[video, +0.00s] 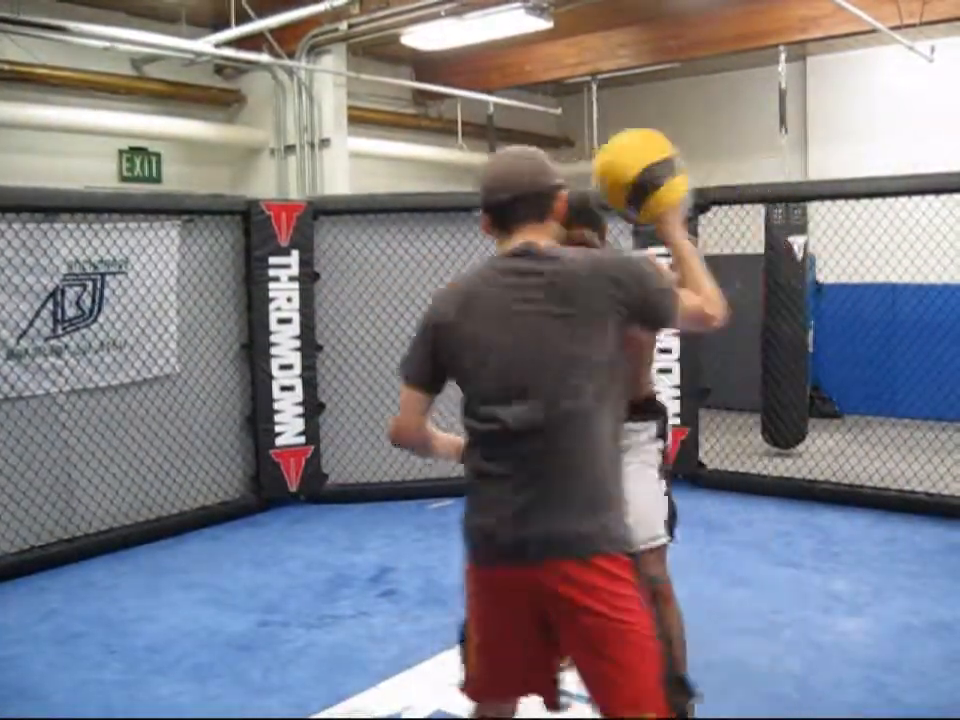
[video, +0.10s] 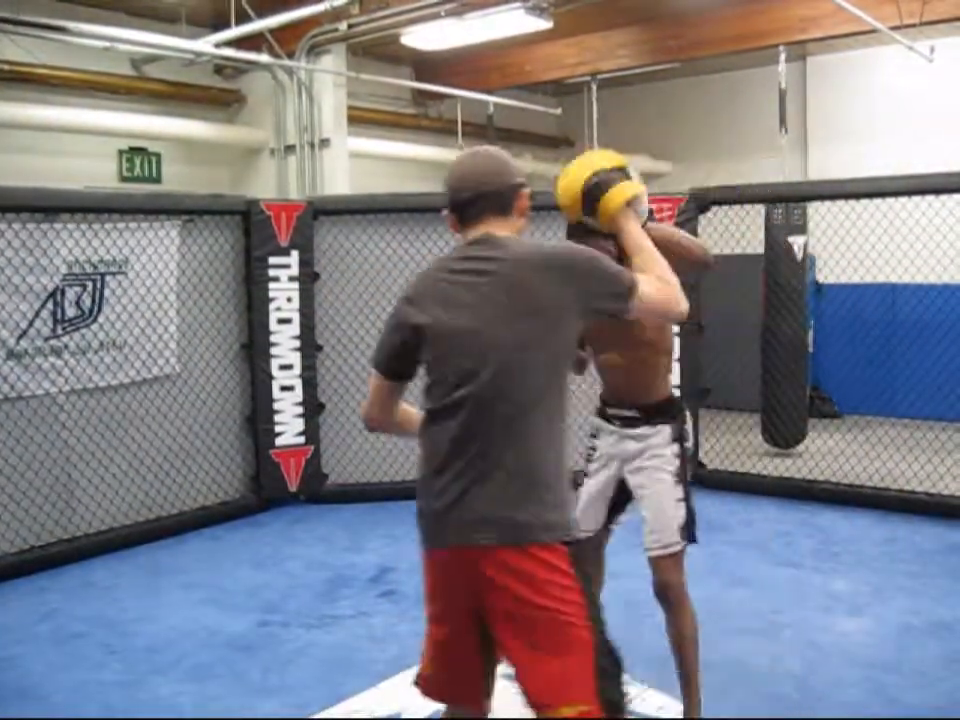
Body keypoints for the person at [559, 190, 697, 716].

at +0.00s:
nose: (565, 257)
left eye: (575, 244)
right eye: (560, 244)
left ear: (595, 243)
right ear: (549, 244)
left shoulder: (631, 286)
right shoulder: (537, 298)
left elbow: (639, 383)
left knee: (650, 571)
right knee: (549, 560)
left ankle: (674, 690)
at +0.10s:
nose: (587, 247)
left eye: (593, 237)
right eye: (580, 240)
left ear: (616, 234)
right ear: (575, 240)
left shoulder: (652, 259)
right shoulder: (581, 276)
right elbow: (575, 356)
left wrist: (636, 224)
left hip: (658, 428)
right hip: (604, 426)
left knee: (668, 584)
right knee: (579, 563)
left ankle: (692, 708)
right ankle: (591, 683)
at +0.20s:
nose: (614, 245)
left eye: (620, 233)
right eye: (605, 238)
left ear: (638, 231)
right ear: (593, 243)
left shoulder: (667, 269)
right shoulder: (597, 284)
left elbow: (711, 291)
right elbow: (571, 340)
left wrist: (648, 271)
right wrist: (573, 340)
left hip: (674, 430)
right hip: (624, 426)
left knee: (676, 582)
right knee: (599, 542)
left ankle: (694, 707)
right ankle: (603, 651)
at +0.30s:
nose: (585, 266)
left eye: (593, 255)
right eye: (578, 256)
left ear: (621, 239)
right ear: (576, 247)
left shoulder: (666, 264)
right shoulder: (602, 281)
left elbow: (723, 338)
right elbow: (616, 352)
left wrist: (646, 329)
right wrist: (577, 358)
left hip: (680, 431)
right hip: (632, 427)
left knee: (683, 583)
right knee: (618, 551)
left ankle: (695, 707)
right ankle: (648, 664)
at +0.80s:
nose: (583, 275)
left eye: (590, 263)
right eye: (576, 264)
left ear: (622, 251)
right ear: (574, 258)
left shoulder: (662, 281)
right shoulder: (607, 293)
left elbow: (679, 364)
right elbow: (604, 376)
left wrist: (604, 333)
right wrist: (576, 335)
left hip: (681, 448)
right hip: (643, 443)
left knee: (630, 596)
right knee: (641, 574)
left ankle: (639, 712)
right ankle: (701, 674)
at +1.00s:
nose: (544, 315)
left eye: (548, 301)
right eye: (536, 307)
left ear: (577, 282)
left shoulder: (609, 311)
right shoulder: (599, 310)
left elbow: (626, 416)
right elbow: (621, 400)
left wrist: (569, 396)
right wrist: (570, 389)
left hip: (676, 475)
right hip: (641, 469)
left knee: (607, 627)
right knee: (636, 588)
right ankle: (700, 680)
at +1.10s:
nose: (532, 291)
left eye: (537, 276)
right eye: (523, 282)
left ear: (569, 261)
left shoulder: (616, 283)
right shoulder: (579, 320)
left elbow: (649, 351)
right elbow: (626, 404)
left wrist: (575, 353)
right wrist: (569, 426)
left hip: (665, 465)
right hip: (623, 462)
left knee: (611, 634)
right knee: (638, 590)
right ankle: (697, 679)